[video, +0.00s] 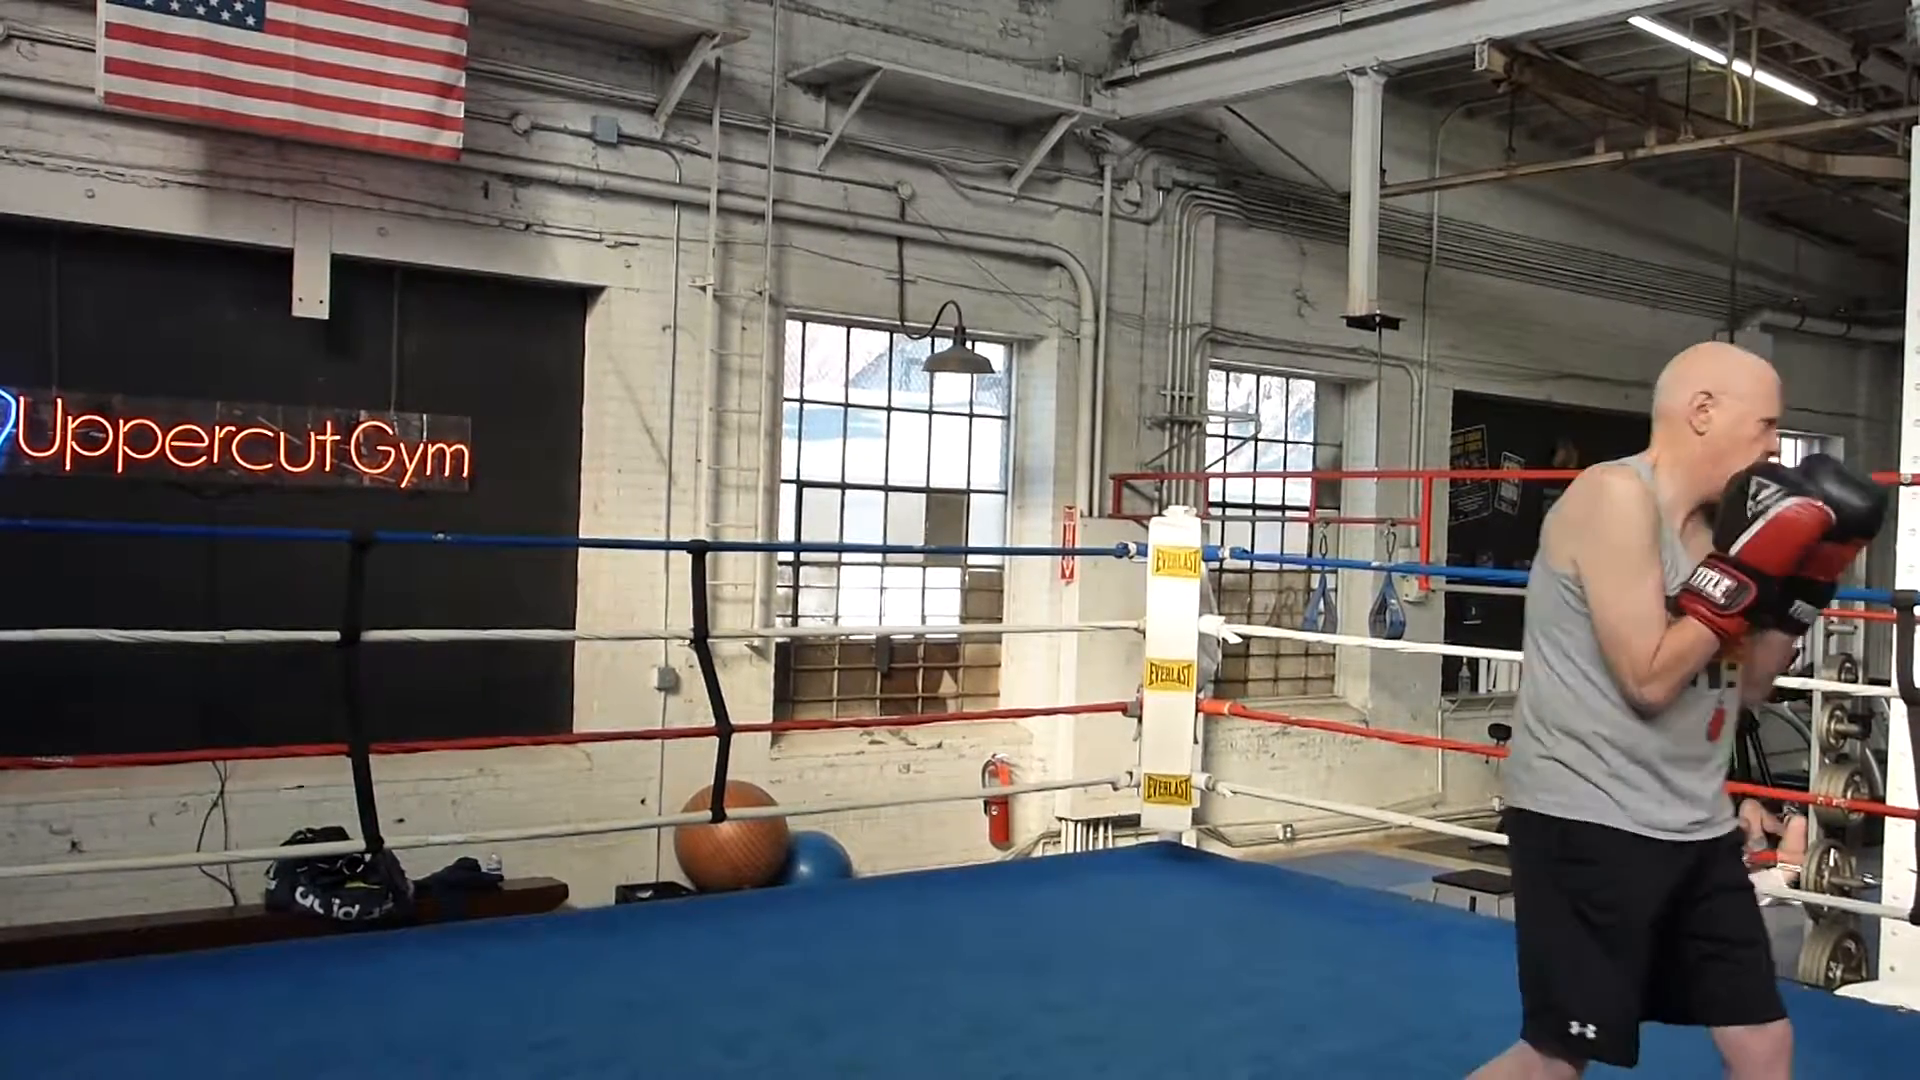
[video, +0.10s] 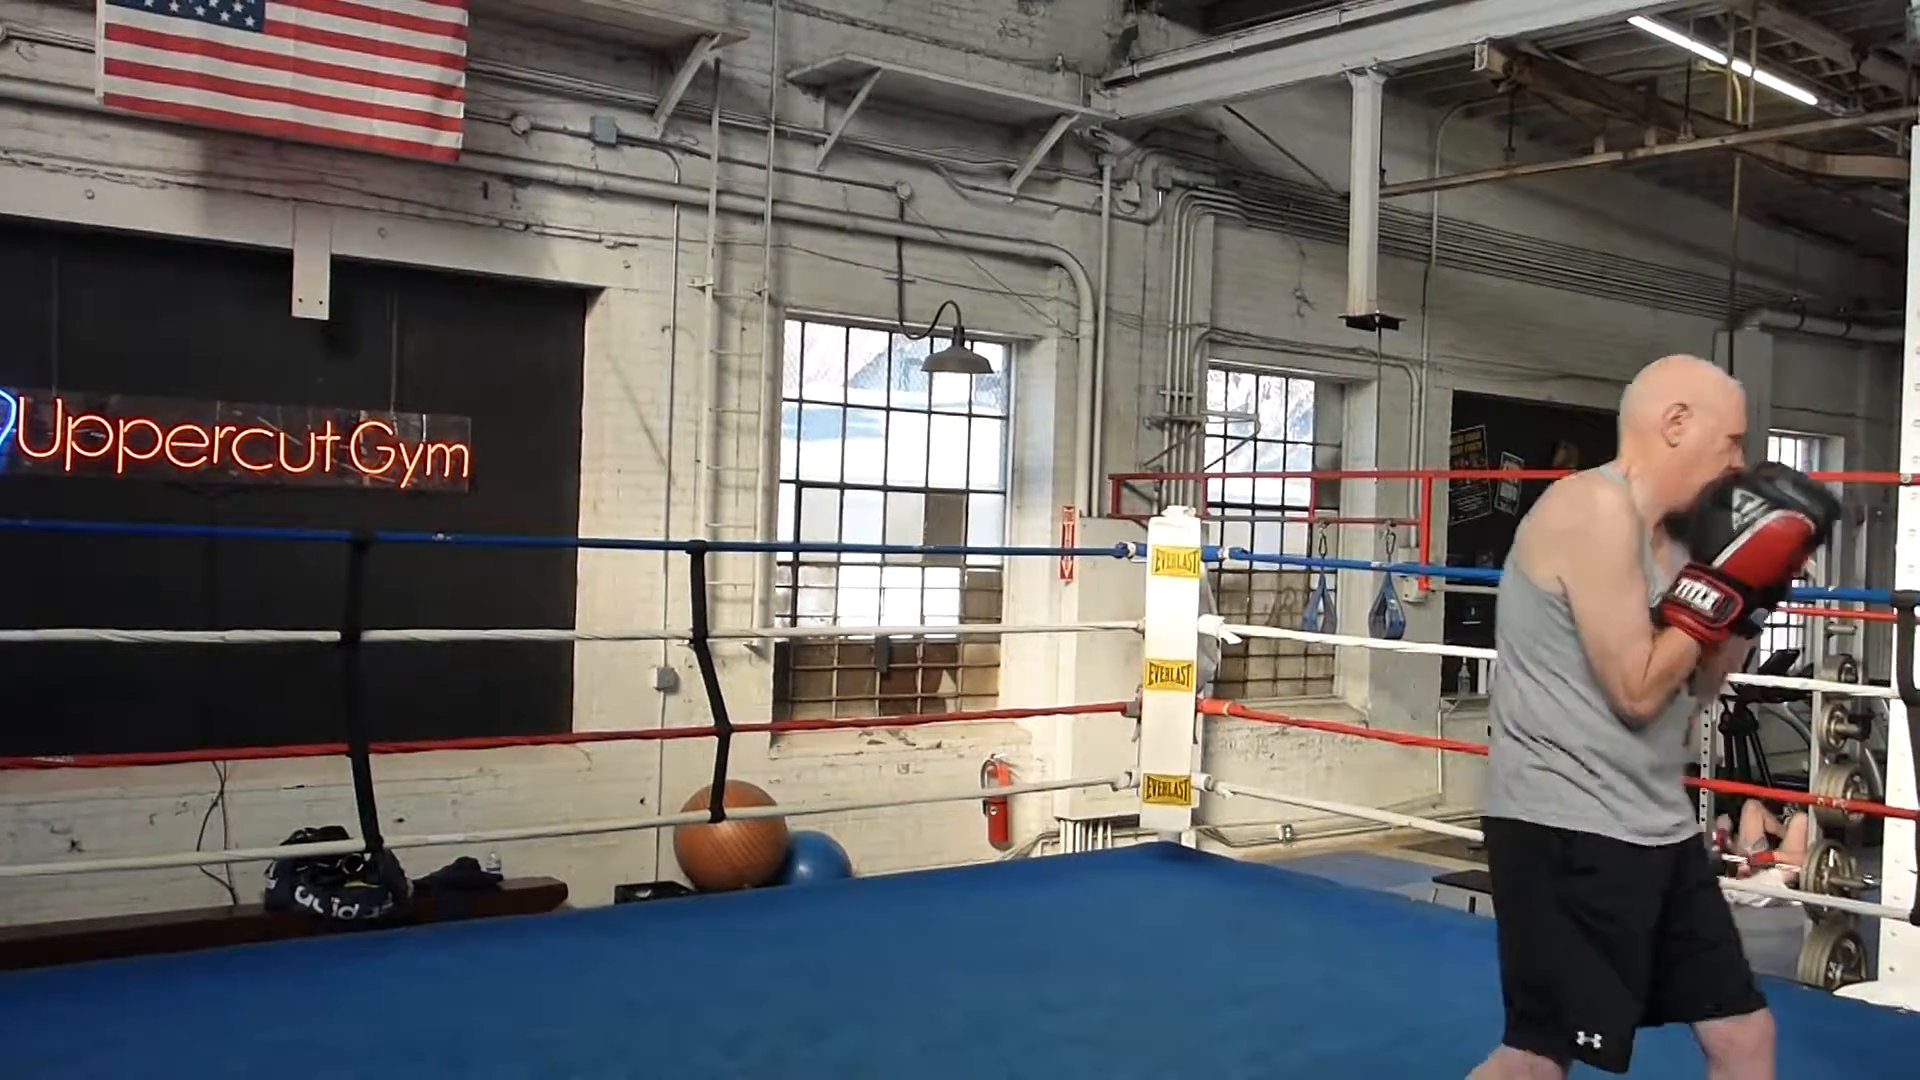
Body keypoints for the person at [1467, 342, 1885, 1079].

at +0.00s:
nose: (1775, 450)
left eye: (1778, 431)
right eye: (1766, 426)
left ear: (1702, 415)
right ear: (1701, 411)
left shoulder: (1706, 530)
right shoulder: (1612, 496)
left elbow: (1750, 681)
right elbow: (1649, 680)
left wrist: (1809, 580)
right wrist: (1749, 570)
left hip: (1697, 827)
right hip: (1584, 820)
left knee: (1761, 1045)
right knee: (1555, 1057)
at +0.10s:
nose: (1739, 466)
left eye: (1741, 447)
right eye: (1731, 441)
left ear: (1672, 426)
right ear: (1675, 422)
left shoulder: (1659, 538)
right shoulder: (1593, 508)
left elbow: (1702, 682)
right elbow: (1635, 690)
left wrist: (1752, 581)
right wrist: (1720, 581)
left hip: (1660, 831)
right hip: (1565, 827)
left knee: (1743, 1038)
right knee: (1535, 1058)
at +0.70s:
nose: (1715, 474)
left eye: (1719, 456)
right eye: (1717, 452)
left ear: (1631, 431)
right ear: (1688, 434)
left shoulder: (1593, 501)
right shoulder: (1648, 513)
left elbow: (1655, 657)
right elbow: (1693, 679)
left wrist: (1732, 593)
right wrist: (1737, 588)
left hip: (1586, 799)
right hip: (1599, 810)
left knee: (1676, 967)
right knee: (1586, 1038)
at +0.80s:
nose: (1736, 464)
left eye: (1736, 450)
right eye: (1736, 447)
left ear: (1653, 434)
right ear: (1717, 437)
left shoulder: (1615, 499)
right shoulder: (1694, 515)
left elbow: (1660, 645)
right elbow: (1734, 679)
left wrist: (1744, 566)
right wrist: (1770, 584)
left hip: (1592, 787)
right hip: (1630, 799)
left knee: (1694, 962)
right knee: (1663, 1031)